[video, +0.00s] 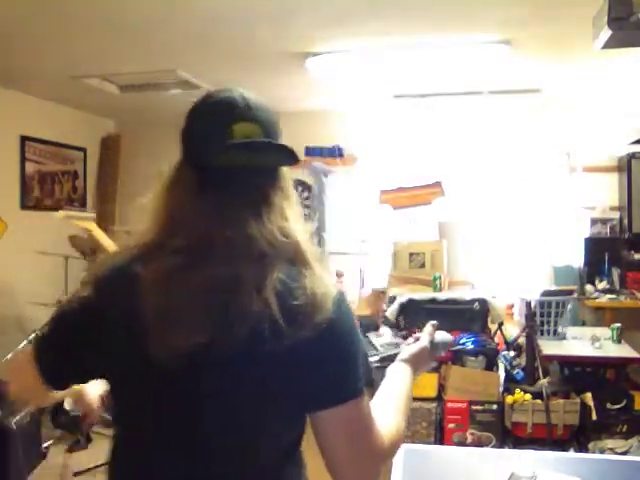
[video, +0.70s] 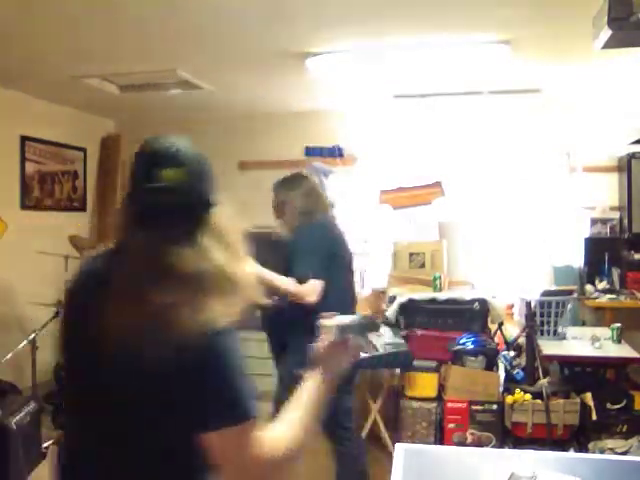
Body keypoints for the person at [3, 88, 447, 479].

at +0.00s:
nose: (285, 191)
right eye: (282, 180)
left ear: (184, 179)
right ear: (276, 184)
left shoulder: (126, 287)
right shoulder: (308, 301)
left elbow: (18, 385)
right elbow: (361, 466)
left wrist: (83, 394)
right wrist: (407, 369)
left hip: (142, 473)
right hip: (265, 473)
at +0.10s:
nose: (307, 187)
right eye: (301, 175)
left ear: (204, 179)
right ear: (294, 182)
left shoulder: (152, 284)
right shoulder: (324, 300)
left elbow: (48, 373)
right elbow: (371, 463)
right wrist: (418, 369)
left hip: (164, 472)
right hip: (282, 474)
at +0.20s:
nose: (318, 187)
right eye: (313, 174)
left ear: (216, 181)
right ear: (304, 184)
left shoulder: (165, 279)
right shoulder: (332, 296)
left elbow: (67, 360)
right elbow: (381, 458)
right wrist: (426, 363)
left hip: (173, 473)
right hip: (292, 473)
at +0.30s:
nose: (320, 182)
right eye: (313, 171)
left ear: (220, 177)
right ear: (306, 180)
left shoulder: (167, 273)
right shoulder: (331, 294)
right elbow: (380, 450)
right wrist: (422, 355)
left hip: (174, 469)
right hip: (289, 471)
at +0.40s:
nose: (314, 186)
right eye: (306, 176)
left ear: (211, 181)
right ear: (297, 185)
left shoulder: (158, 269)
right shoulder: (317, 296)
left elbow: (91, 309)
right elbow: (369, 451)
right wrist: (410, 349)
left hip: (165, 471)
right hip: (279, 472)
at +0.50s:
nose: (284, 197)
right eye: (281, 187)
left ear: (195, 187)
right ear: (277, 194)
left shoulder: (141, 275)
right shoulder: (290, 305)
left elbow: (103, 292)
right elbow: (342, 455)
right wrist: (392, 351)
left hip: (147, 470)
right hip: (252, 472)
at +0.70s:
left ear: (131, 202)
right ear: (205, 212)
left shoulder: (90, 283)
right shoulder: (196, 329)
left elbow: (210, 260)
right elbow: (253, 461)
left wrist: (288, 288)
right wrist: (322, 375)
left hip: (86, 467)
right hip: (173, 469)